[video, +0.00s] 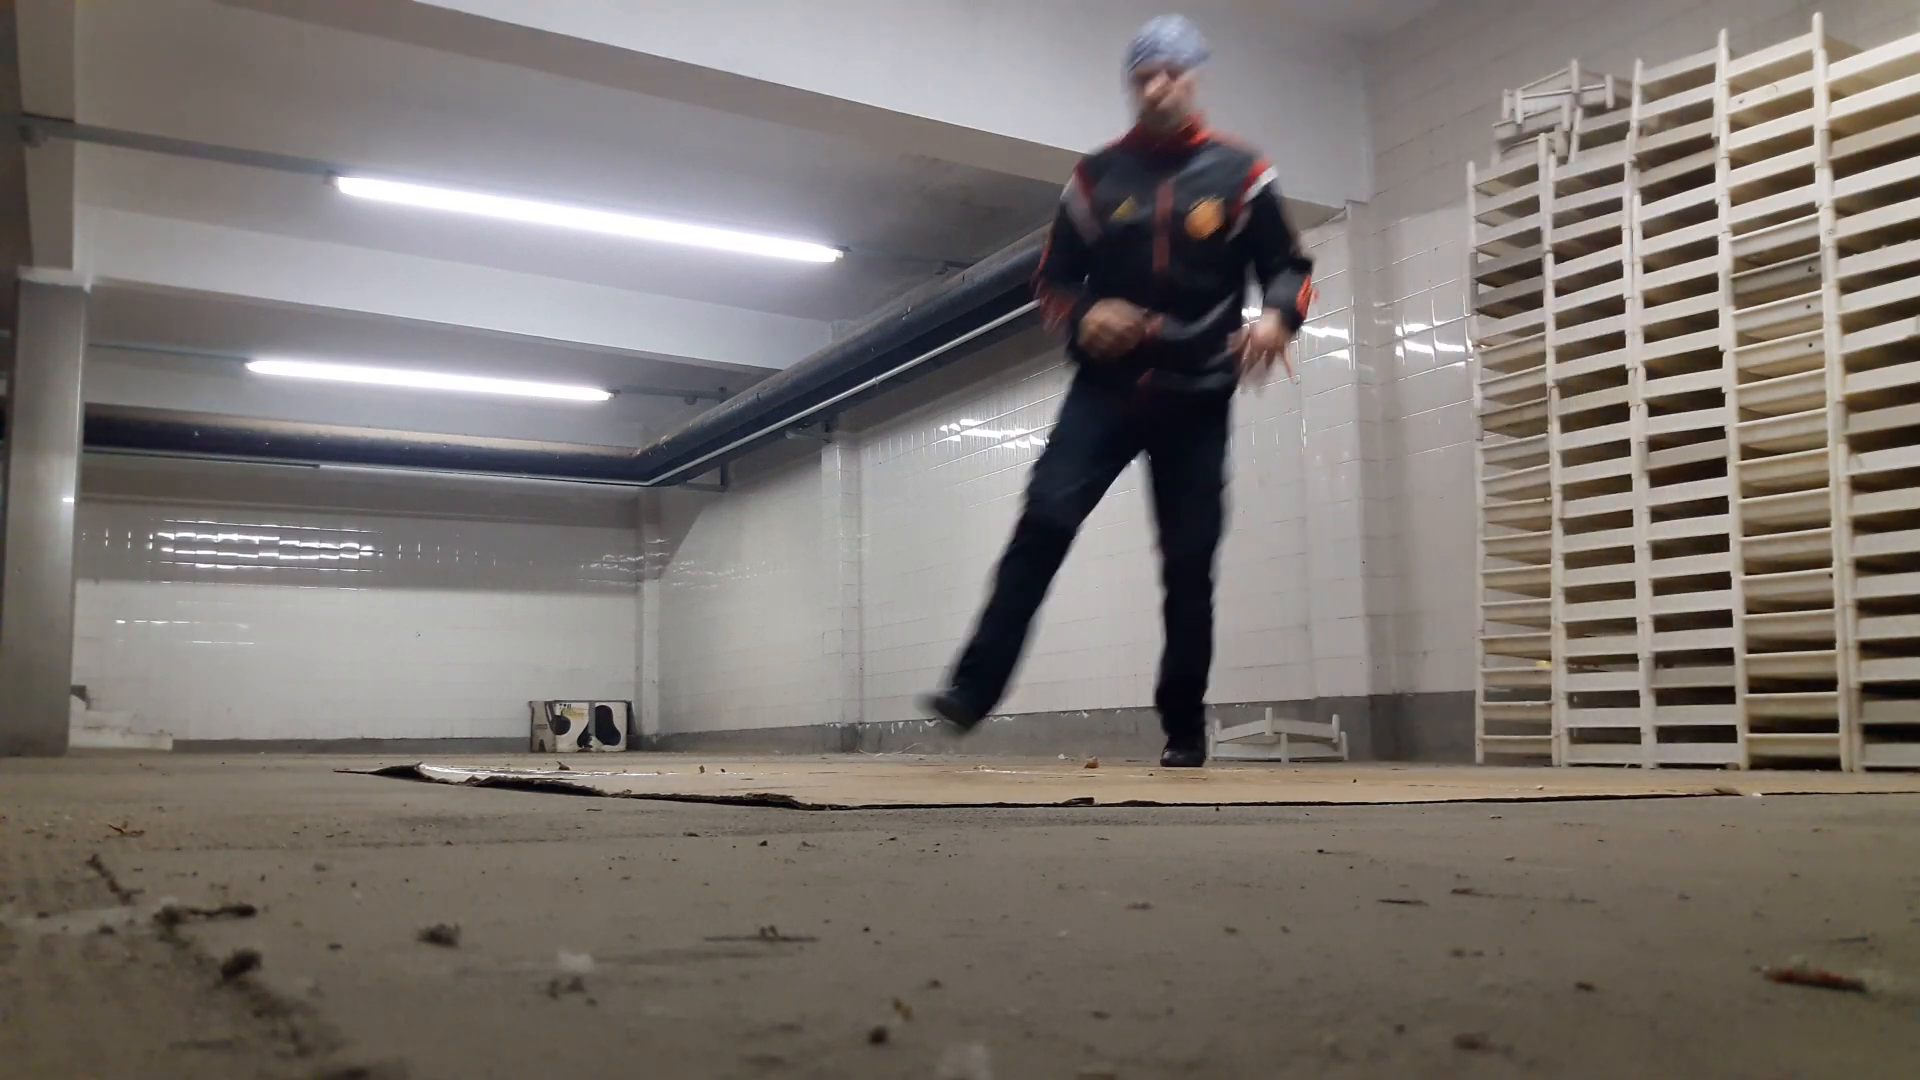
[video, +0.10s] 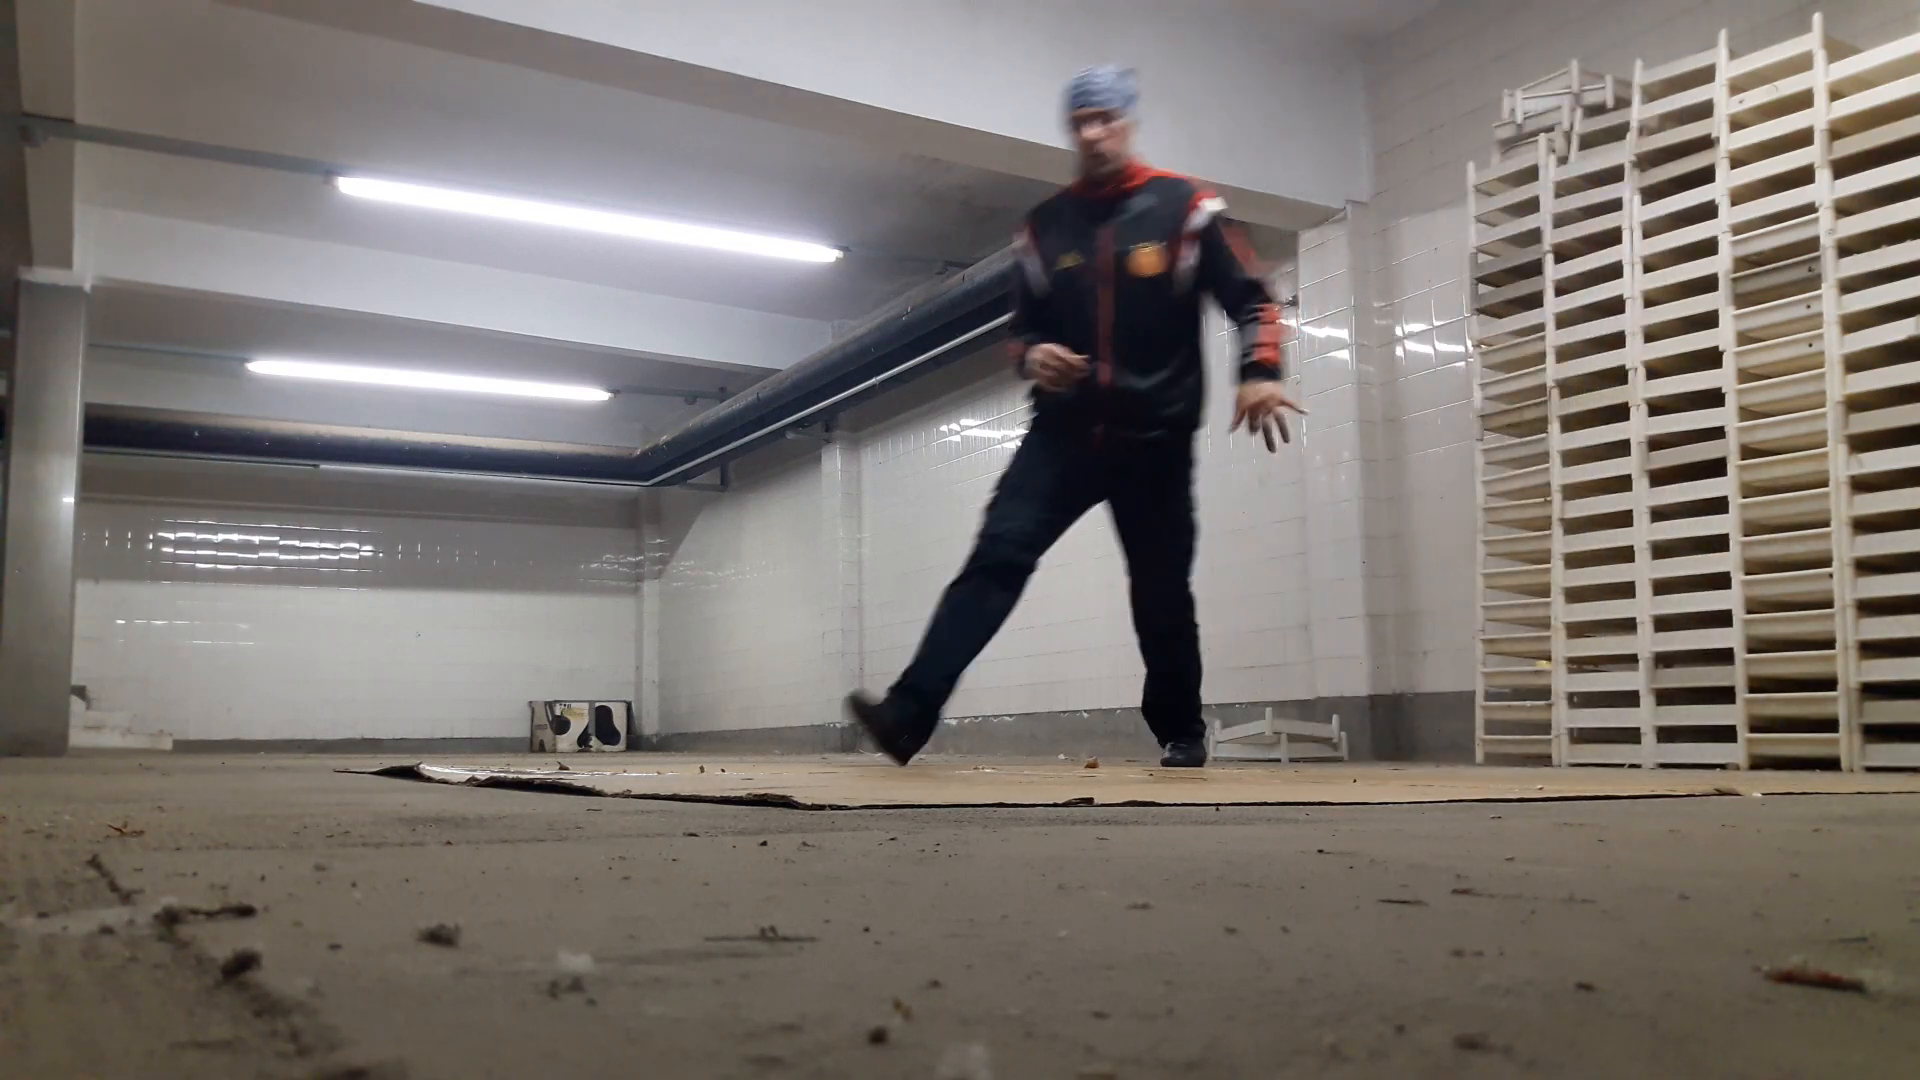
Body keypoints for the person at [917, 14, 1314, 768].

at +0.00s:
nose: (1159, 89)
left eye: (1172, 75)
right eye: (1145, 79)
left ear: (1198, 79)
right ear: (1130, 89)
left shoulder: (1240, 172)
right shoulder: (1097, 175)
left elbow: (1288, 266)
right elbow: (1052, 281)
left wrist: (1277, 317)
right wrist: (1084, 317)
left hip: (1195, 396)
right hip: (1106, 390)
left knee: (1190, 569)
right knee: (1044, 520)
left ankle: (1183, 728)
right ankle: (970, 692)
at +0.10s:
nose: (1094, 134)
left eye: (1106, 120)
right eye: (1081, 124)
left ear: (1131, 123)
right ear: (1068, 134)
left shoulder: (1186, 207)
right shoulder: (1044, 227)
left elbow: (1251, 297)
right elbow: (1019, 333)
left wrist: (1260, 373)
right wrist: (1032, 356)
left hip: (1153, 441)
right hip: (1064, 436)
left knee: (1162, 596)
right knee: (997, 557)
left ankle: (1182, 735)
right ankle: (908, 716)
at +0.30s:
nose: (955, 108)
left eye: (967, 94)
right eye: (943, 98)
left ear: (996, 94)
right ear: (931, 107)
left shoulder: (1051, 165)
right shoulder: (928, 193)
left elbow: (1128, 272)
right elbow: (927, 286)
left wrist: (1086, 370)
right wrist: (914, 336)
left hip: (1034, 404)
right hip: (953, 404)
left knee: (1062, 559)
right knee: (905, 547)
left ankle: (1145, 681)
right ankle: (879, 728)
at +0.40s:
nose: (906, 93)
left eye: (919, 78)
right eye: (893, 81)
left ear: (948, 81)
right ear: (881, 90)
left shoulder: (1001, 153)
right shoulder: (874, 182)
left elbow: (1066, 271)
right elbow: (872, 277)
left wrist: (1012, 354)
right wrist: (855, 334)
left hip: (977, 390)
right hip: (900, 395)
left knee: (977, 524)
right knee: (858, 540)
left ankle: (1066, 655)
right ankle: (875, 730)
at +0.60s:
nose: (833, 14)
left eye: (846, 1)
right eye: (821, 5)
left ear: (878, 7)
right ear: (812, 18)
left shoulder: (924, 76)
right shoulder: (804, 108)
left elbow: (997, 198)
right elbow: (809, 224)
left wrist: (919, 277)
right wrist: (778, 268)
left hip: (902, 318)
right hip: (832, 327)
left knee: (852, 476)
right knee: (832, 494)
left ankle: (840, 698)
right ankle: (872, 704)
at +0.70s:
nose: (802, 9)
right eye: (795, 1)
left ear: (850, 1)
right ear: (788, 11)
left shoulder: (902, 72)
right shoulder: (783, 97)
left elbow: (958, 193)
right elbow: (788, 226)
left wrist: (870, 276)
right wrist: (744, 269)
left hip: (859, 328)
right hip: (796, 328)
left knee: (794, 499)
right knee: (793, 508)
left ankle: (729, 711)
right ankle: (862, 702)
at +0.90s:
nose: (781, 13)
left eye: (794, 3)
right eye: (772, 4)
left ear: (827, 5)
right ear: (763, 13)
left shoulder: (869, 80)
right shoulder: (748, 99)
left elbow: (916, 215)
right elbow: (754, 229)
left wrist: (812, 293)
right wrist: (704, 269)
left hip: (806, 337)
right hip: (733, 332)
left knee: (722, 495)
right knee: (651, 486)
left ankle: (727, 731)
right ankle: (749, 669)